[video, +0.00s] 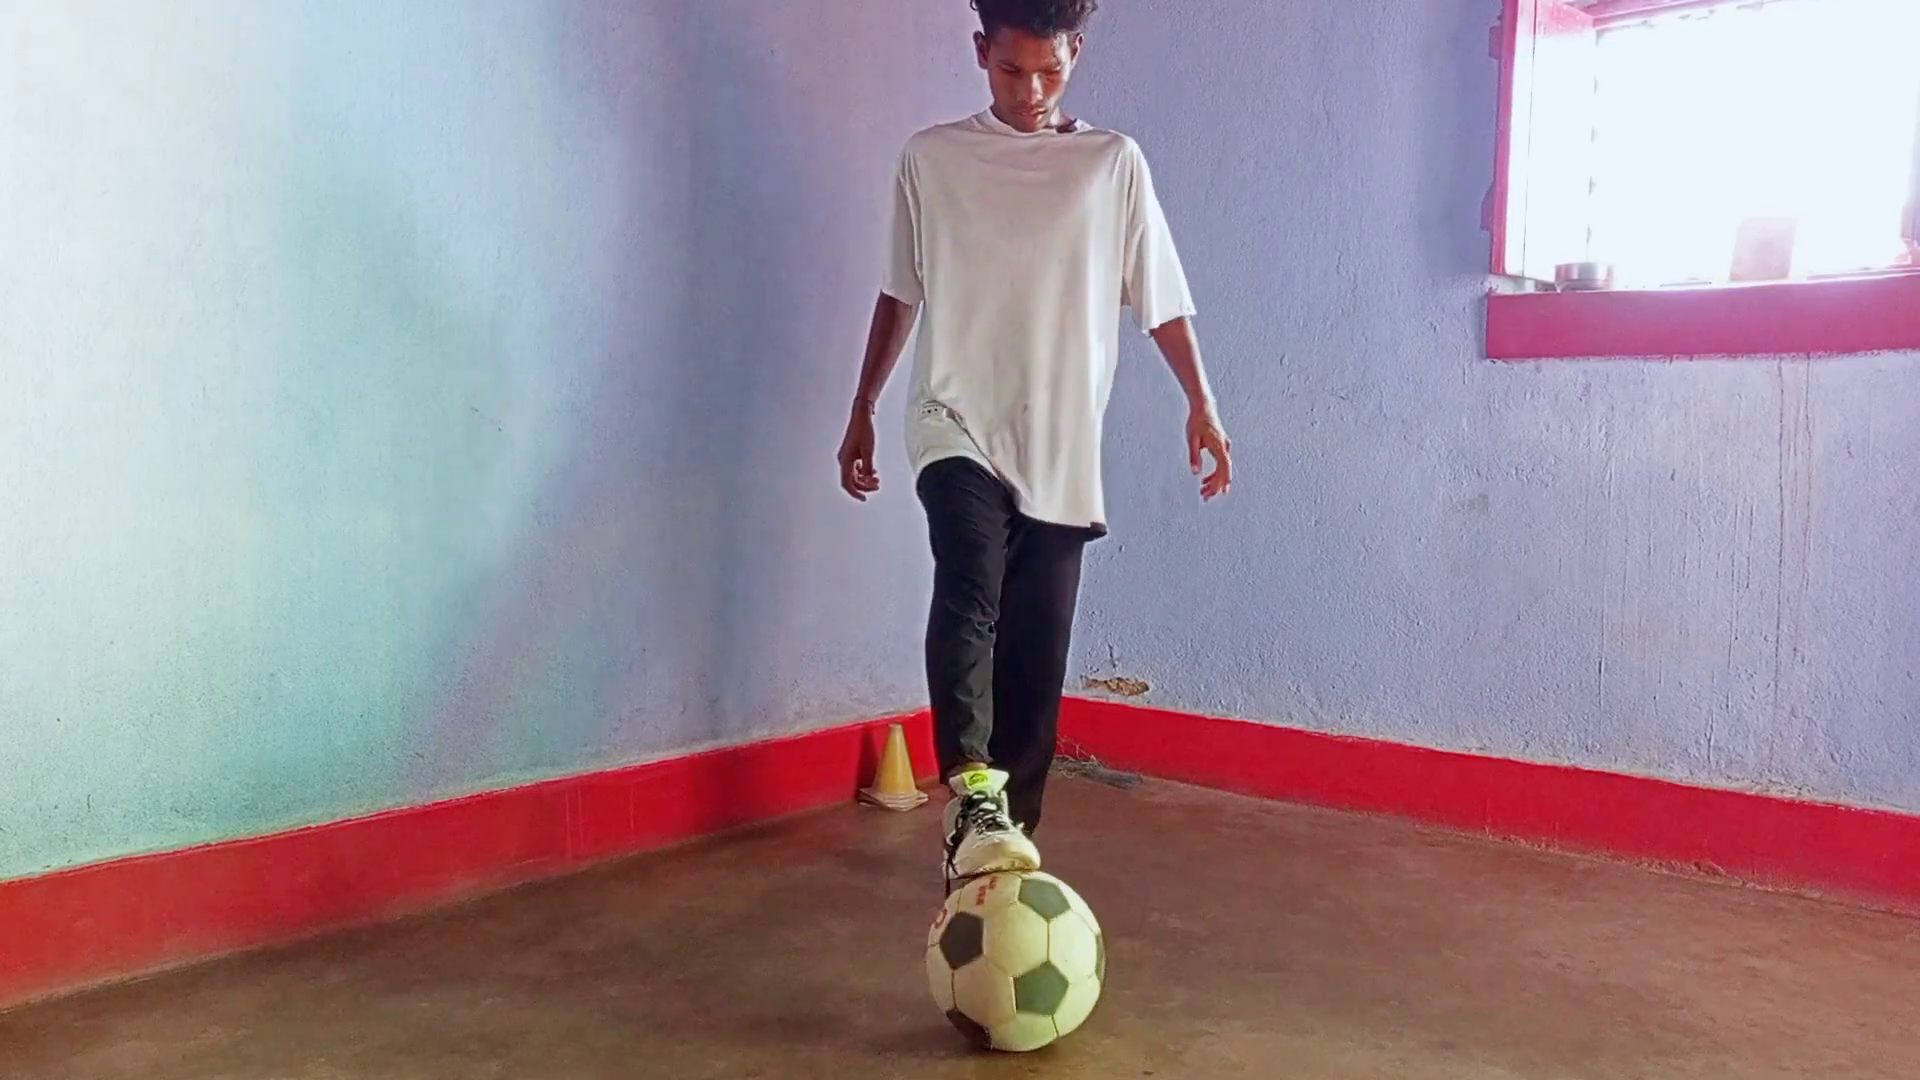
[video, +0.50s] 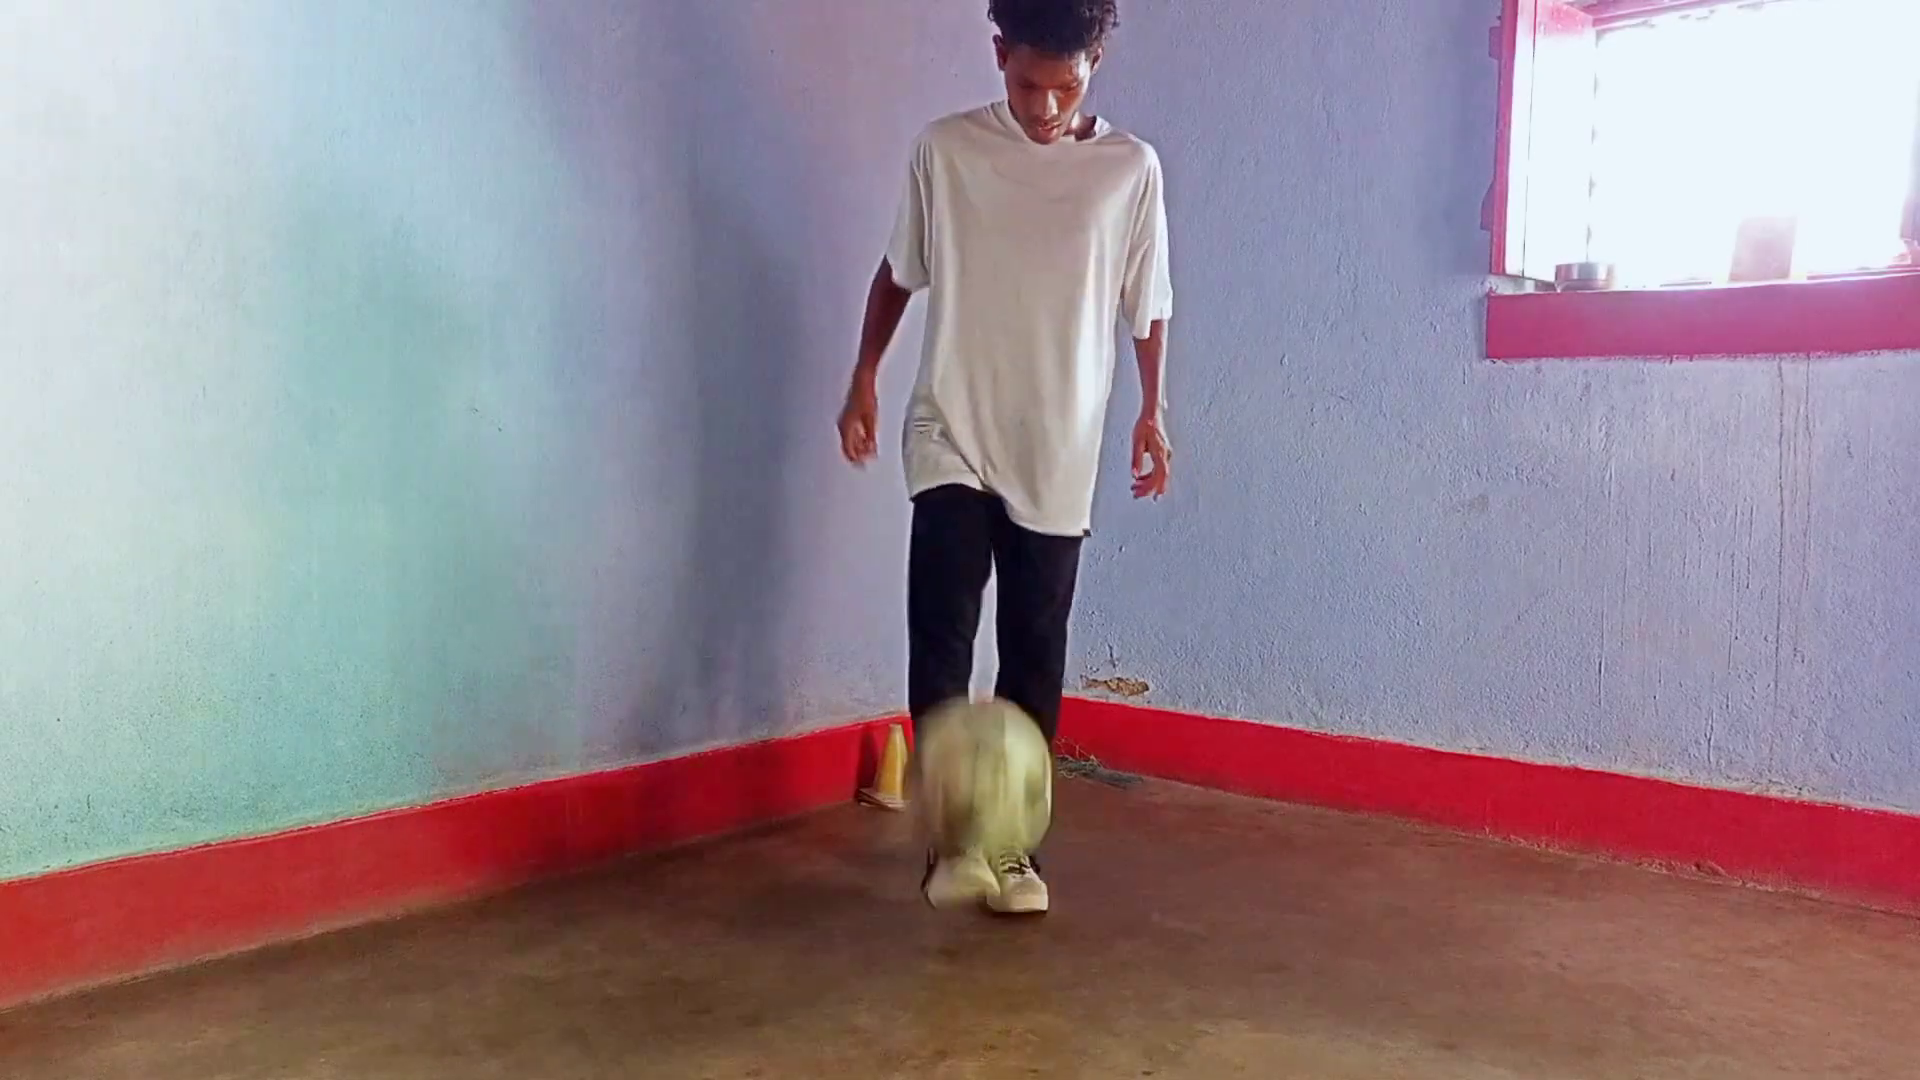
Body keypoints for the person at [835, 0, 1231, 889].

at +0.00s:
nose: (1031, 92)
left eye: (1048, 74)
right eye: (1014, 72)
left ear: (1074, 58)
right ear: (983, 53)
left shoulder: (1114, 162)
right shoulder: (931, 157)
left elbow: (1159, 299)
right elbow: (900, 295)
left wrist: (1201, 401)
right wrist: (862, 410)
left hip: (1061, 441)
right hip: (956, 420)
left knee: (1037, 653)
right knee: (972, 573)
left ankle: (1010, 845)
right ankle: (970, 788)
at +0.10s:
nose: (1035, 92)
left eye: (1052, 74)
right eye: (1017, 74)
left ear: (1079, 57)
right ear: (988, 54)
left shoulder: (1118, 162)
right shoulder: (935, 155)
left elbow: (1160, 297)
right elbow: (902, 293)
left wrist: (1200, 399)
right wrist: (863, 409)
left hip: (1059, 438)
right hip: (955, 416)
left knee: (1037, 645)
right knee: (972, 568)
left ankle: (1011, 840)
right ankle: (965, 787)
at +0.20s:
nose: (1043, 92)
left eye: (1063, 74)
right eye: (1027, 72)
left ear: (1091, 58)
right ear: (996, 49)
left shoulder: (1124, 160)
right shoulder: (940, 148)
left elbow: (1156, 293)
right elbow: (902, 279)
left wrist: (1188, 393)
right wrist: (863, 396)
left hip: (1057, 429)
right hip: (953, 405)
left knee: (1033, 632)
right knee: (975, 555)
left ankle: (1008, 838)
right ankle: (954, 792)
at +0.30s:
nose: (1045, 100)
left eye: (1065, 80)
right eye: (1027, 78)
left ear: (1094, 57)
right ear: (998, 51)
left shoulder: (1126, 163)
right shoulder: (940, 149)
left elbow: (1152, 295)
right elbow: (900, 279)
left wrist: (1173, 396)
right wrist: (863, 392)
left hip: (1058, 430)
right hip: (954, 409)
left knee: (1029, 629)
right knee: (974, 584)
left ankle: (1008, 834)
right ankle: (946, 804)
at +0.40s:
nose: (1046, 115)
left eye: (1066, 94)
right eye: (1028, 91)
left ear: (1095, 69)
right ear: (999, 61)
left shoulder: (1130, 176)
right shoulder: (942, 159)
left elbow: (1149, 305)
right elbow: (898, 287)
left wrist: (1159, 412)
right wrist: (863, 398)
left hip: (1060, 440)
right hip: (955, 425)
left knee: (1032, 637)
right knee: (959, 611)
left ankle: (1016, 833)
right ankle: (940, 824)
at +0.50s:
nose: (1047, 108)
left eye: (1067, 89)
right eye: (1029, 85)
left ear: (1096, 63)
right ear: (1000, 53)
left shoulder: (1132, 167)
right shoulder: (944, 148)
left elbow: (1147, 302)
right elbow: (898, 273)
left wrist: (1152, 411)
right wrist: (863, 377)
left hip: (1058, 444)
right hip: (953, 431)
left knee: (1035, 652)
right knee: (941, 638)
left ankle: (1017, 849)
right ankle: (953, 842)